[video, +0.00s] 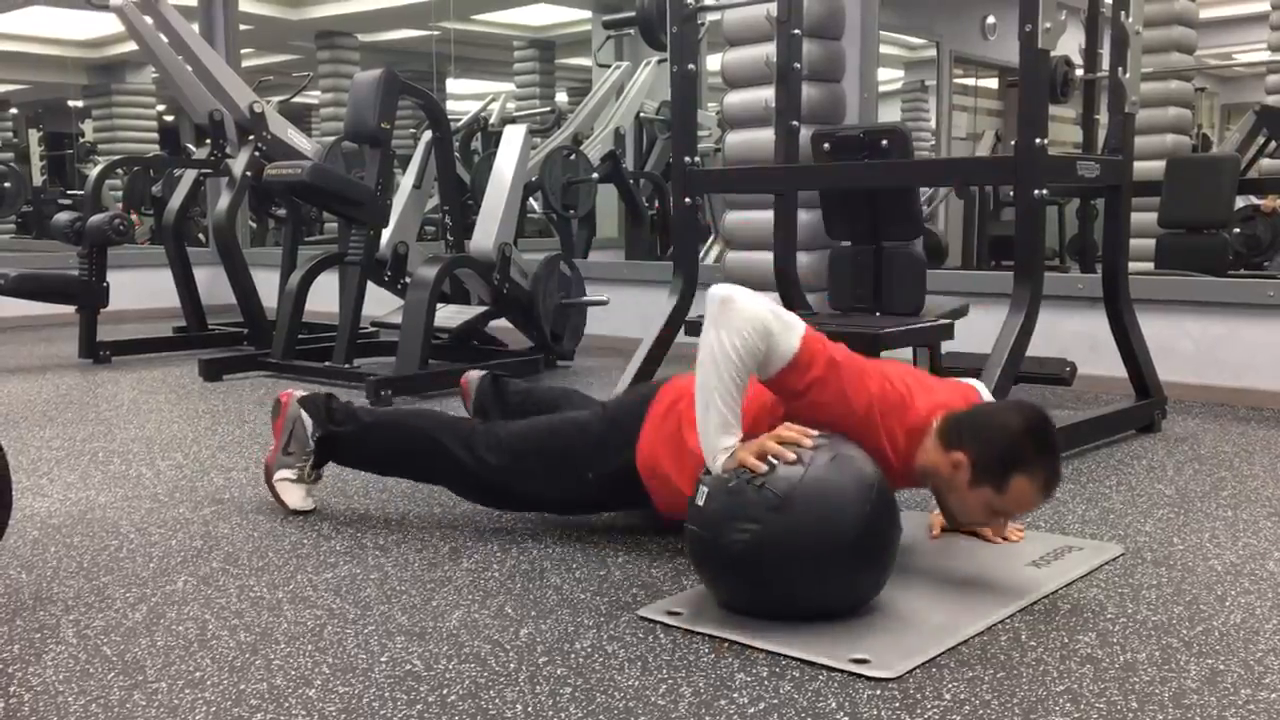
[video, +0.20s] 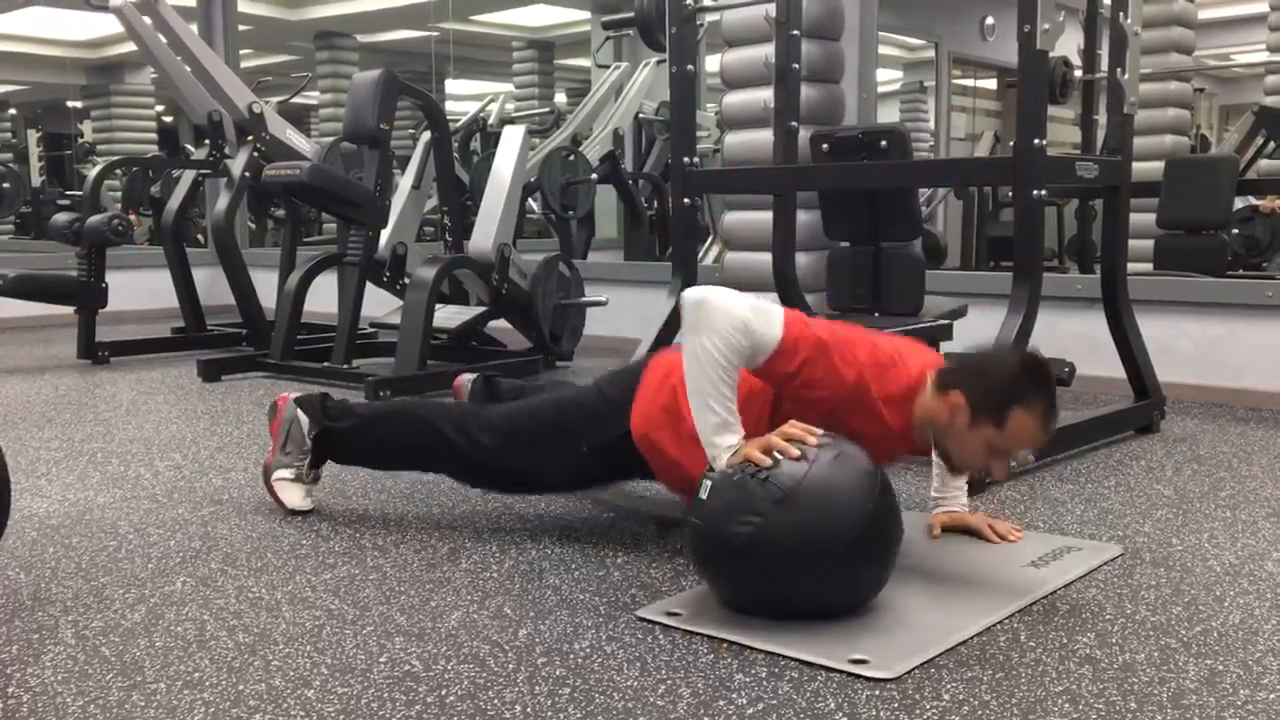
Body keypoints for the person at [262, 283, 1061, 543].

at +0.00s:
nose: (995, 525)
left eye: (1010, 519)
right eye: (991, 512)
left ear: (970, 460)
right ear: (947, 459)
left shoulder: (959, 418)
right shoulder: (867, 401)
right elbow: (732, 308)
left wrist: (954, 509)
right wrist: (725, 442)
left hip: (692, 452)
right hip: (657, 437)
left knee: (579, 422)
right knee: (488, 462)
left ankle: (483, 381)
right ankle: (319, 420)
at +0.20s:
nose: (993, 471)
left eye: (1011, 464)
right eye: (995, 452)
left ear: (984, 416)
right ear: (958, 403)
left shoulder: (933, 388)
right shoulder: (865, 373)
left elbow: (940, 429)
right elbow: (709, 308)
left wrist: (950, 500)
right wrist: (724, 448)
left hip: (695, 415)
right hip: (655, 399)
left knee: (554, 419)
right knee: (488, 443)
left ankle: (469, 388)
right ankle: (316, 424)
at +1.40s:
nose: (903, 281)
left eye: (917, 265)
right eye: (897, 259)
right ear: (842, 223)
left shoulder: (853, 236)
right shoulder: (745, 265)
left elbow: (865, 317)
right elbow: (684, 441)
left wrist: (860, 400)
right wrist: (693, 600)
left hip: (609, 330)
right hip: (555, 307)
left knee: (508, 388)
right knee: (425, 402)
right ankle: (270, 428)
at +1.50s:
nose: (893, 195)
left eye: (907, 180)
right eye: (886, 171)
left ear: (893, 162)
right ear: (832, 133)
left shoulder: (843, 184)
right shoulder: (743, 185)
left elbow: (844, 294)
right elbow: (709, 372)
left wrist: (816, 365)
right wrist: (742, 543)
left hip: (615, 301)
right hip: (561, 272)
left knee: (519, 376)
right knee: (430, 379)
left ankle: (463, 418)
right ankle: (275, 428)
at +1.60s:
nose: (904, 178)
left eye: (917, 164)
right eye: (899, 156)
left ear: (866, 130)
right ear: (844, 120)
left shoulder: (846, 170)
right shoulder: (753, 163)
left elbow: (842, 278)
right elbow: (668, 301)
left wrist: (819, 311)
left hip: (615, 306)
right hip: (558, 272)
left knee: (519, 379)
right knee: (432, 373)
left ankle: (461, 415)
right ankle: (278, 428)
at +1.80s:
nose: (954, 323)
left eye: (967, 308)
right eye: (948, 302)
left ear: (938, 281)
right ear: (897, 266)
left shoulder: (904, 294)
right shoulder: (798, 268)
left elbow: (929, 393)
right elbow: (663, 311)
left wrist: (942, 502)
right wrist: (725, 443)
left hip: (632, 343)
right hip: (578, 338)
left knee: (510, 381)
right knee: (441, 397)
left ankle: (459, 428)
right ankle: (281, 426)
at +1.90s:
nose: (978, 443)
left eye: (990, 434)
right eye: (974, 428)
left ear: (958, 391)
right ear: (932, 389)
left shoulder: (926, 362)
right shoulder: (832, 357)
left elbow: (941, 426)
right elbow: (682, 335)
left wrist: (944, 503)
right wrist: (712, 464)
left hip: (666, 391)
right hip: (620, 389)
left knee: (490, 411)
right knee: (460, 432)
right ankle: (295, 425)